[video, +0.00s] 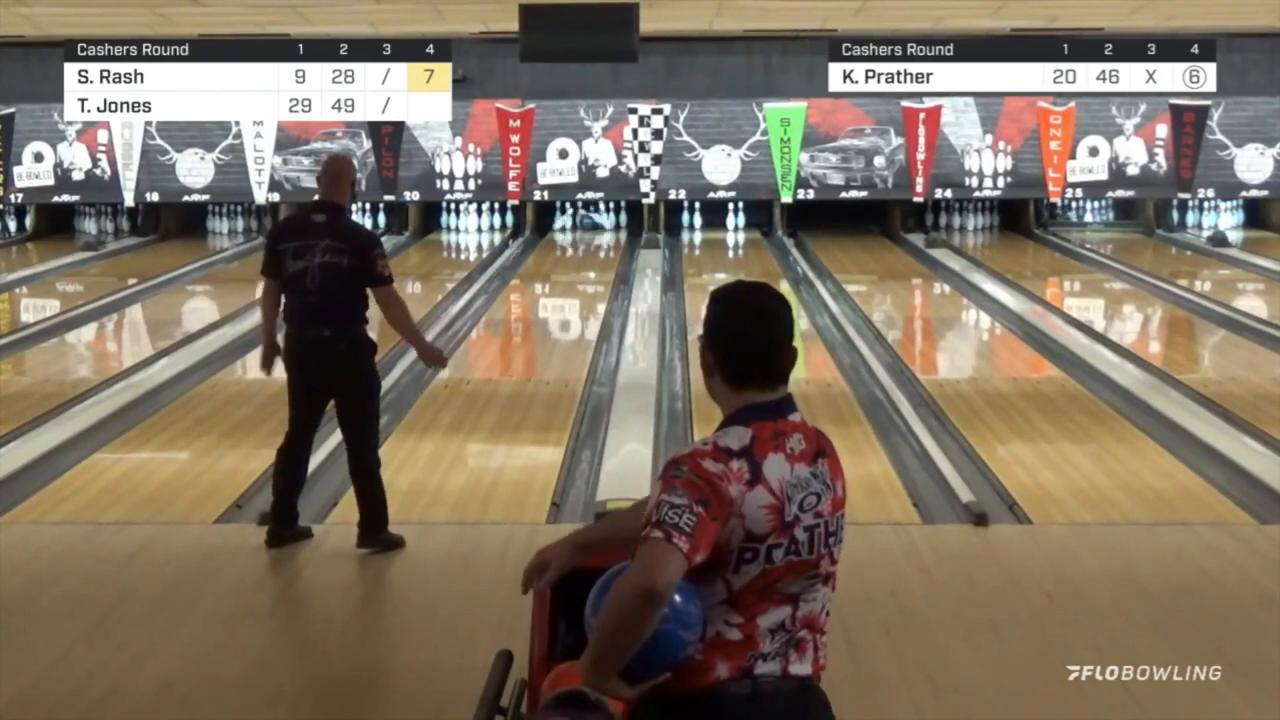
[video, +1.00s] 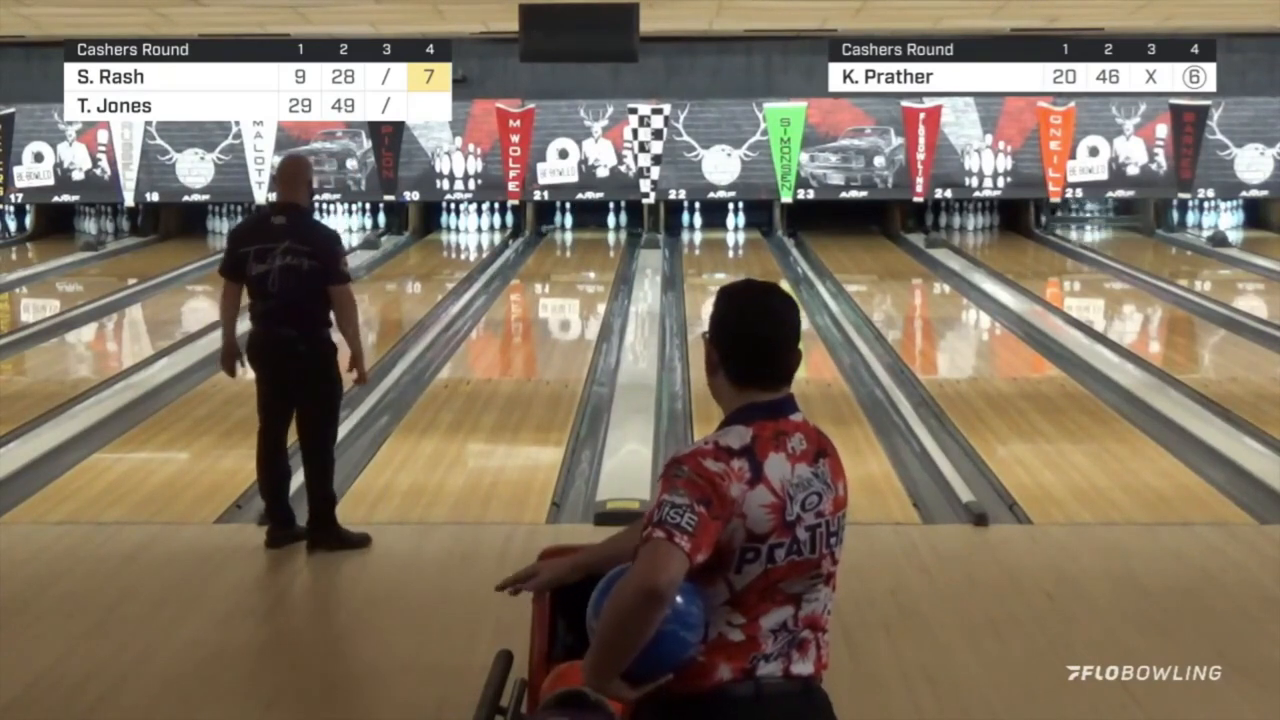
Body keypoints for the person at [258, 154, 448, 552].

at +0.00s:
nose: (354, 190)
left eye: (350, 183)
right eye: (354, 184)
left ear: (318, 184)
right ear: (351, 187)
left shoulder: (284, 231)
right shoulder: (362, 239)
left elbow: (270, 291)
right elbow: (389, 302)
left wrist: (269, 339)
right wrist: (423, 346)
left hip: (301, 351)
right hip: (350, 354)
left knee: (297, 436)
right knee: (362, 445)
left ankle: (282, 524)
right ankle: (373, 530)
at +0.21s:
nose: (342, 190)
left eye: (336, 182)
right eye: (342, 184)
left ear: (309, 183)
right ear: (340, 188)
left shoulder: (275, 232)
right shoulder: (354, 240)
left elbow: (265, 285)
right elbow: (370, 299)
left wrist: (289, 314)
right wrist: (374, 328)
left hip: (296, 348)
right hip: (346, 349)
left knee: (293, 436)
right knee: (359, 442)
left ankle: (281, 524)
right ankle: (373, 527)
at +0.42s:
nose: (332, 190)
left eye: (327, 183)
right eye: (330, 185)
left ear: (295, 185)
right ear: (325, 188)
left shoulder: (262, 233)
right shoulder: (341, 240)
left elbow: (249, 287)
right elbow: (354, 295)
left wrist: (273, 321)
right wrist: (320, 311)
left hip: (283, 348)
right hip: (332, 349)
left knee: (282, 436)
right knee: (353, 439)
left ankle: (281, 525)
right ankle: (370, 524)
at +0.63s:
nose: (322, 190)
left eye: (319, 183)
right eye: (319, 185)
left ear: (285, 185)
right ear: (310, 188)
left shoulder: (253, 232)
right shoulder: (331, 241)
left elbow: (233, 288)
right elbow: (345, 302)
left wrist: (224, 339)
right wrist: (318, 327)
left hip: (271, 349)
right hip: (321, 350)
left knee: (274, 436)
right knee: (342, 439)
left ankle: (280, 524)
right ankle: (356, 523)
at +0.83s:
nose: (313, 190)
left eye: (308, 182)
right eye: (312, 184)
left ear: (277, 185)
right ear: (311, 188)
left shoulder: (247, 231)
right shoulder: (326, 239)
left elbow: (223, 286)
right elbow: (342, 295)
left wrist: (210, 338)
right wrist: (348, 336)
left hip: (268, 349)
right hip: (316, 350)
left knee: (273, 435)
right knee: (324, 441)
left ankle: (280, 525)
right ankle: (324, 527)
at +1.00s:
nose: (313, 188)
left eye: (309, 181)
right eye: (310, 182)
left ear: (276, 184)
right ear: (306, 186)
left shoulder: (246, 232)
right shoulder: (323, 237)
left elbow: (231, 291)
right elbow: (342, 300)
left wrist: (228, 340)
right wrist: (355, 348)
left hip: (266, 349)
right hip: (314, 350)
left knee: (271, 437)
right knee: (318, 441)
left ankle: (280, 525)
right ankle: (324, 527)